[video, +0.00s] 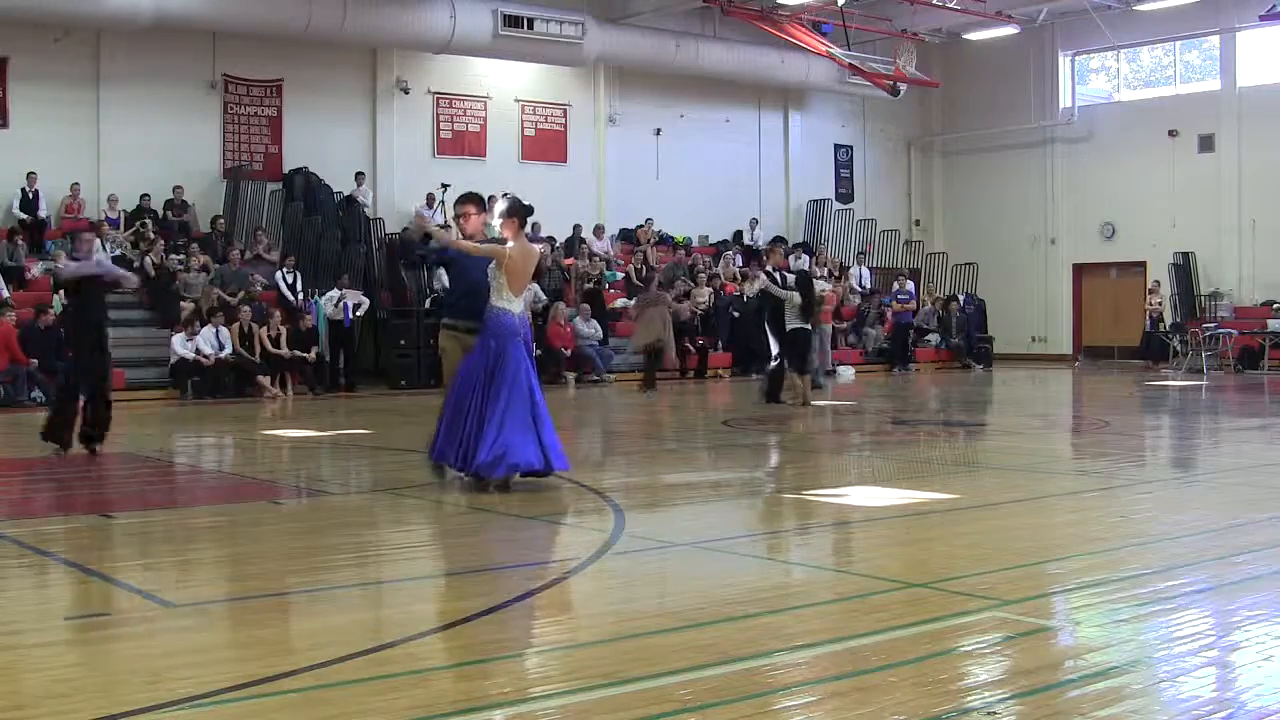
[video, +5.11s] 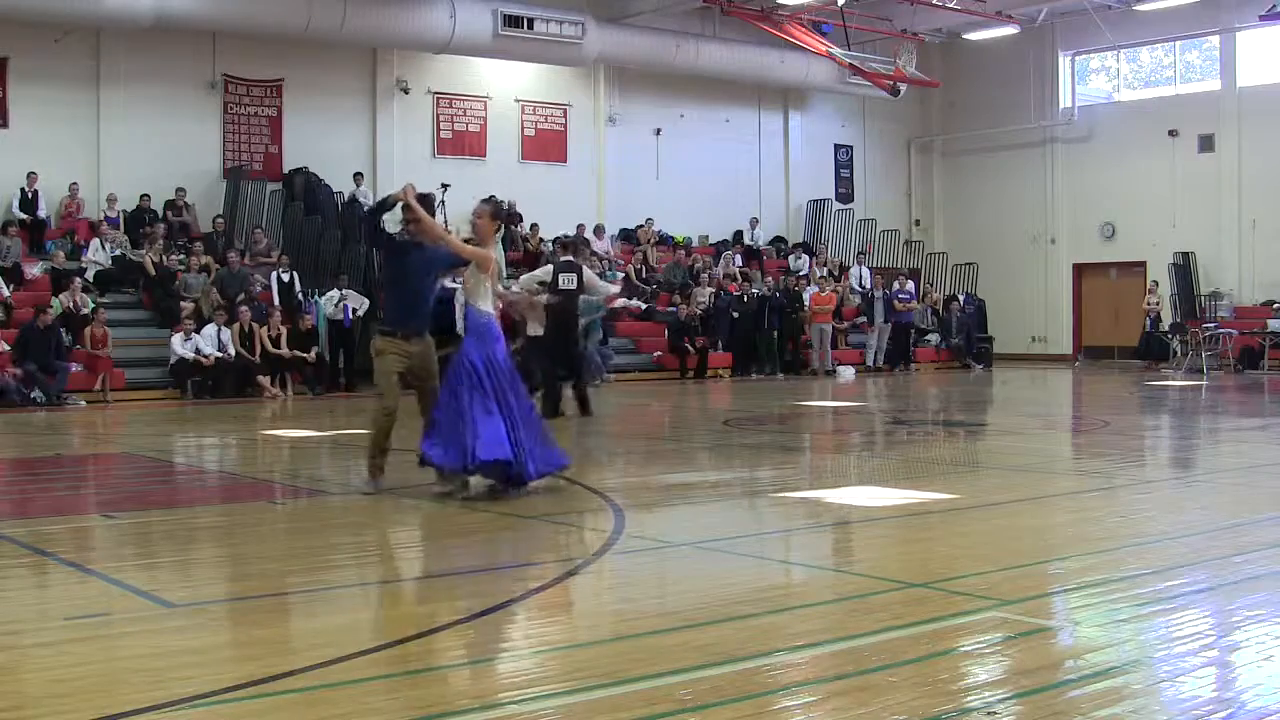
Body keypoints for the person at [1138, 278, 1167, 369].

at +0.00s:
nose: (1153, 288)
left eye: (1155, 286)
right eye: (1152, 286)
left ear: (1159, 287)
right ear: (1151, 287)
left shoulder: (1162, 297)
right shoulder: (1149, 297)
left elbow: (1162, 308)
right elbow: (1146, 306)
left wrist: (1151, 308)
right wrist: (1156, 307)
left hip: (1159, 318)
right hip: (1150, 318)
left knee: (1158, 338)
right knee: (1149, 337)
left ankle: (1156, 360)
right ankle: (1148, 360)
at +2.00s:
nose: (1152, 288)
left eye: (1154, 286)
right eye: (1151, 286)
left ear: (1157, 287)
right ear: (1150, 287)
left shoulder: (1160, 296)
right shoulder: (1148, 296)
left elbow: (1160, 308)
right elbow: (1144, 306)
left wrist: (1149, 308)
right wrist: (1155, 307)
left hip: (1157, 318)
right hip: (1149, 319)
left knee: (1156, 339)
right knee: (1148, 338)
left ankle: (1156, 362)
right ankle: (1149, 361)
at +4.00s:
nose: (1152, 288)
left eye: (1153, 286)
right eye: (1150, 286)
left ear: (1157, 287)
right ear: (1149, 287)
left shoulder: (1160, 297)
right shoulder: (1148, 296)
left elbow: (1160, 308)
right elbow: (1144, 306)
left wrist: (1149, 308)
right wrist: (1154, 307)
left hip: (1156, 318)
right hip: (1149, 318)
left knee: (1156, 338)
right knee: (1148, 338)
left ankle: (1156, 361)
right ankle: (1148, 361)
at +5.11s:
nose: (1151, 288)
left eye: (1153, 286)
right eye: (1150, 286)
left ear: (1157, 287)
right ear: (1149, 287)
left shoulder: (1160, 296)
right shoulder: (1147, 297)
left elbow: (1160, 308)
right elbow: (1144, 306)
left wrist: (1149, 308)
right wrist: (1154, 307)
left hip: (1156, 318)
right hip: (1149, 318)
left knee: (1156, 338)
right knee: (1148, 337)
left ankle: (1155, 361)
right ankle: (1148, 360)